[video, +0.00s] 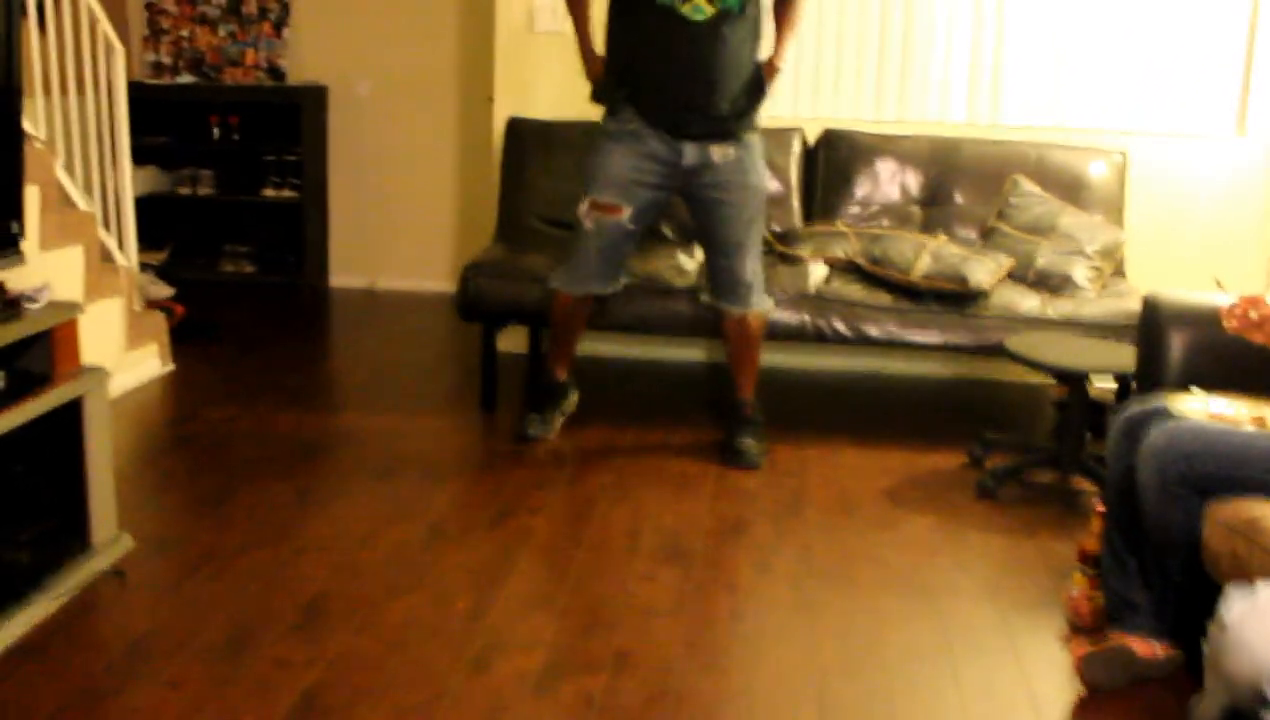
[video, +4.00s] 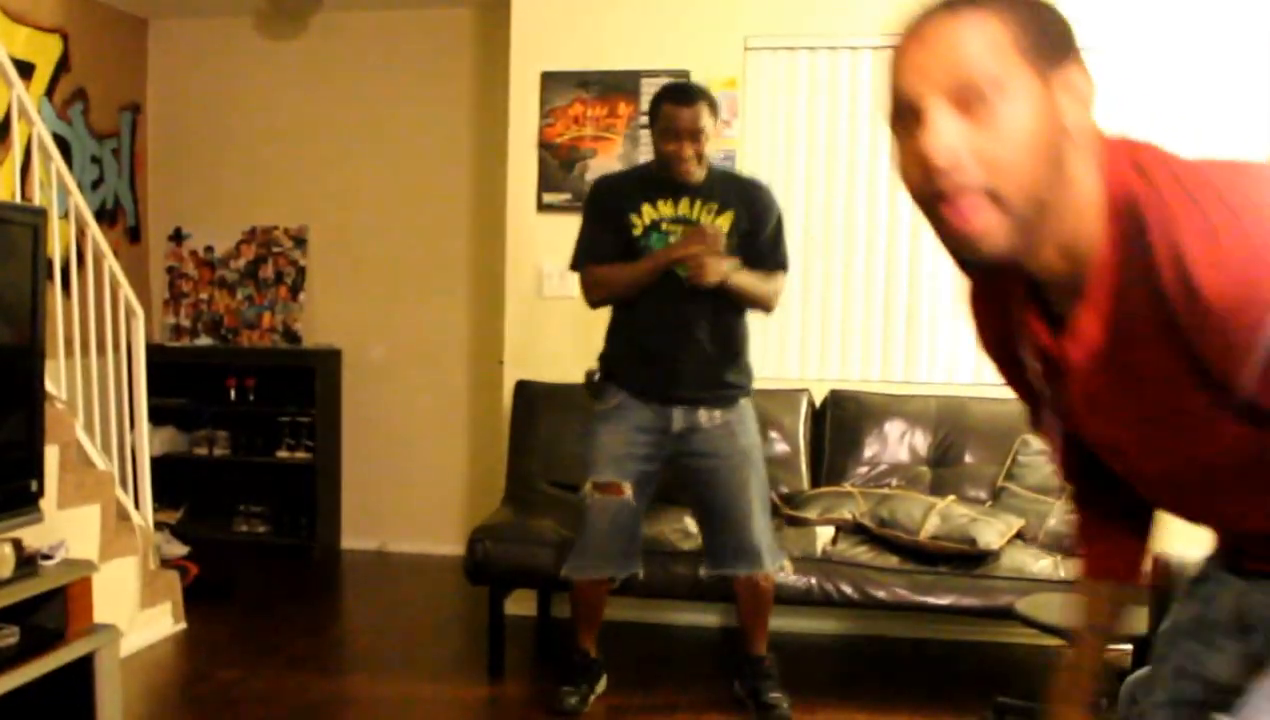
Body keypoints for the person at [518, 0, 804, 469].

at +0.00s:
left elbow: (788, 2)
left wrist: (776, 58)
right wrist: (590, 57)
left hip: (729, 131)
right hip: (638, 124)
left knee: (741, 287)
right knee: (584, 269)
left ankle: (745, 415)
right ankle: (555, 385)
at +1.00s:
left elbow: (741, 3)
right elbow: (533, 1)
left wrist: (722, 69)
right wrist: (526, 67)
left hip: (672, 131)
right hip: (582, 127)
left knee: (702, 281)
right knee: (556, 271)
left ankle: (712, 401)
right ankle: (551, 393)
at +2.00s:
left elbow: (747, 25)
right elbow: (545, 14)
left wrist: (702, 20)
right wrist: (585, 44)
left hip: (692, 137)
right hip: (599, 135)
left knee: (721, 282)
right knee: (566, 272)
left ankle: (729, 404)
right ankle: (559, 398)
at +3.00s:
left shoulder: (756, 3)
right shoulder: (615, 2)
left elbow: (808, 69)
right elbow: (593, 76)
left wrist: (808, 28)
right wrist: (568, 46)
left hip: (733, 177)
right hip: (639, 174)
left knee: (757, 321)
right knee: (596, 301)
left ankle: (754, 438)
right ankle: (577, 432)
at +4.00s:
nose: (688, 147)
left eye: (698, 135)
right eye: (675, 136)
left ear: (714, 132)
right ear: (654, 135)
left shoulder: (751, 201)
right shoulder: (615, 195)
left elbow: (770, 294)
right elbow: (594, 288)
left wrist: (726, 272)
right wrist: (668, 257)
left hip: (721, 402)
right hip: (630, 399)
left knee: (752, 548)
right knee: (601, 526)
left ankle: (757, 665)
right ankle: (583, 662)